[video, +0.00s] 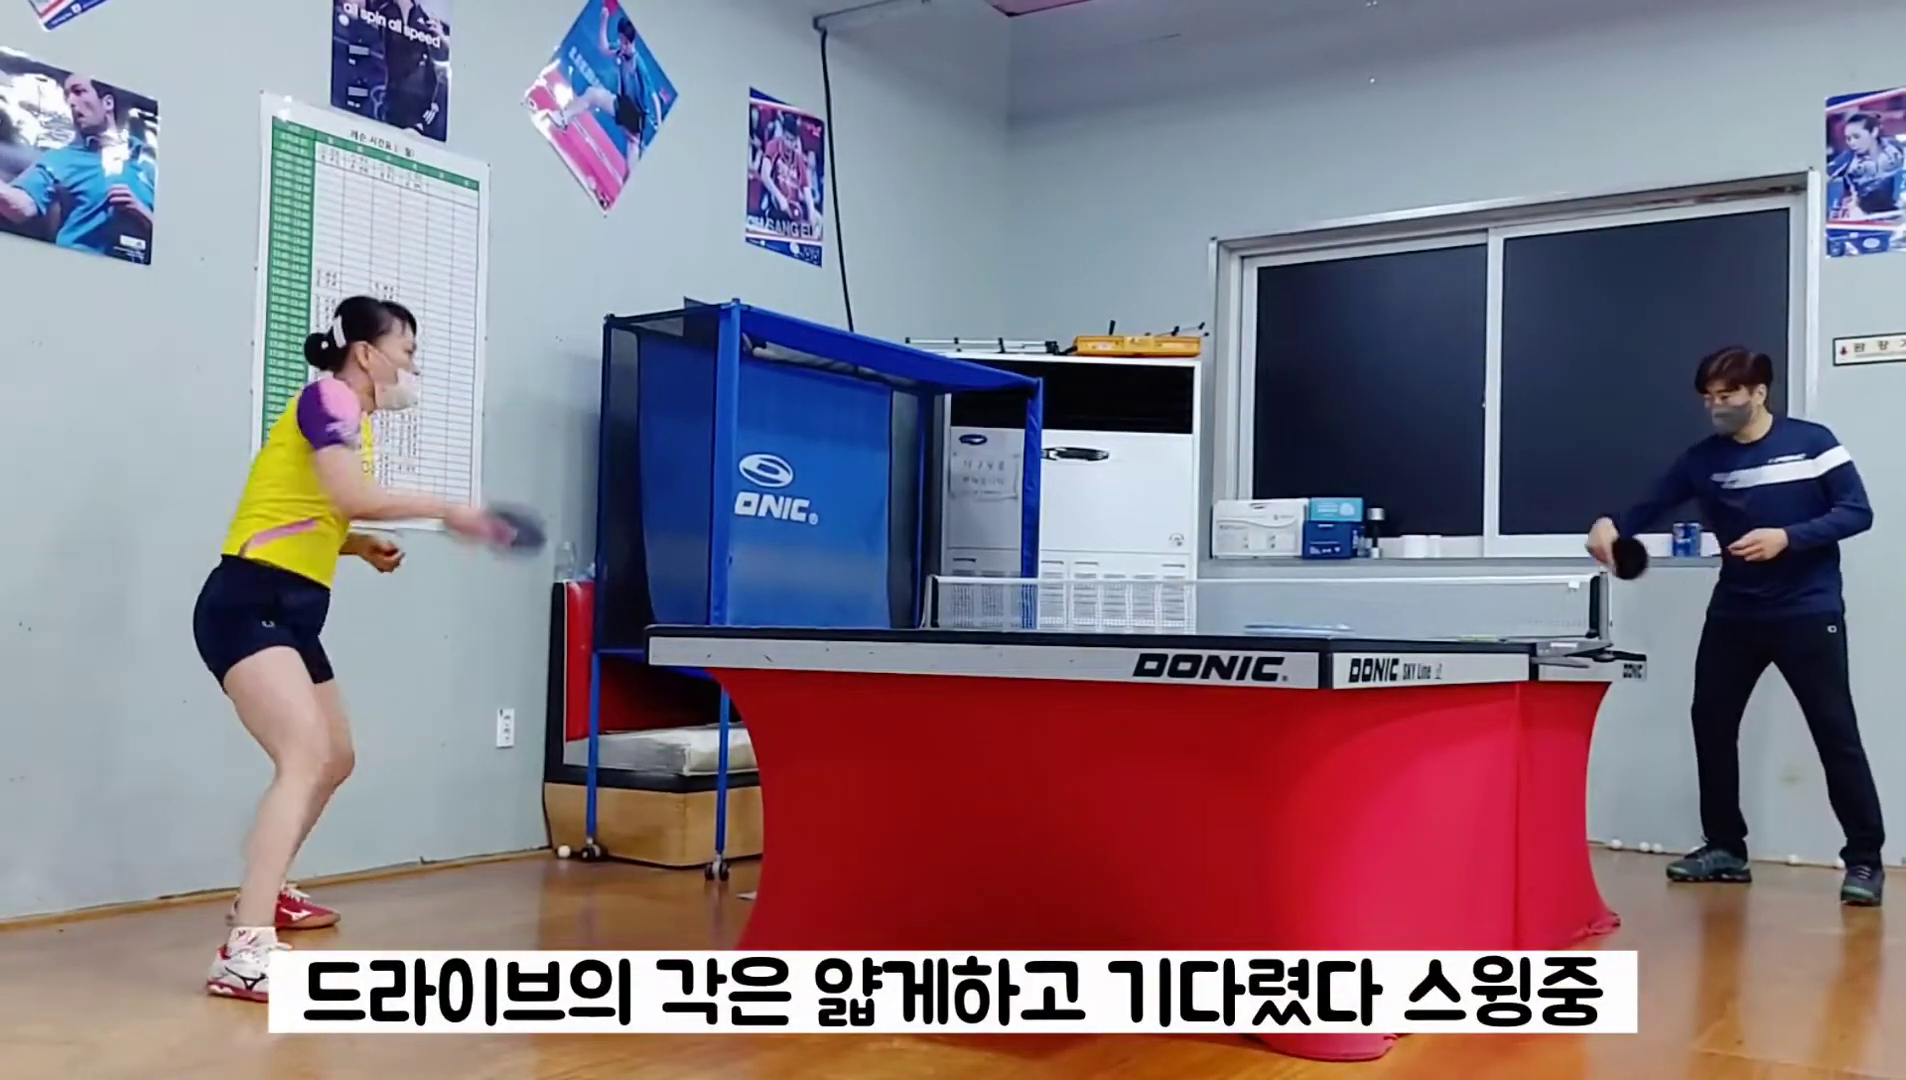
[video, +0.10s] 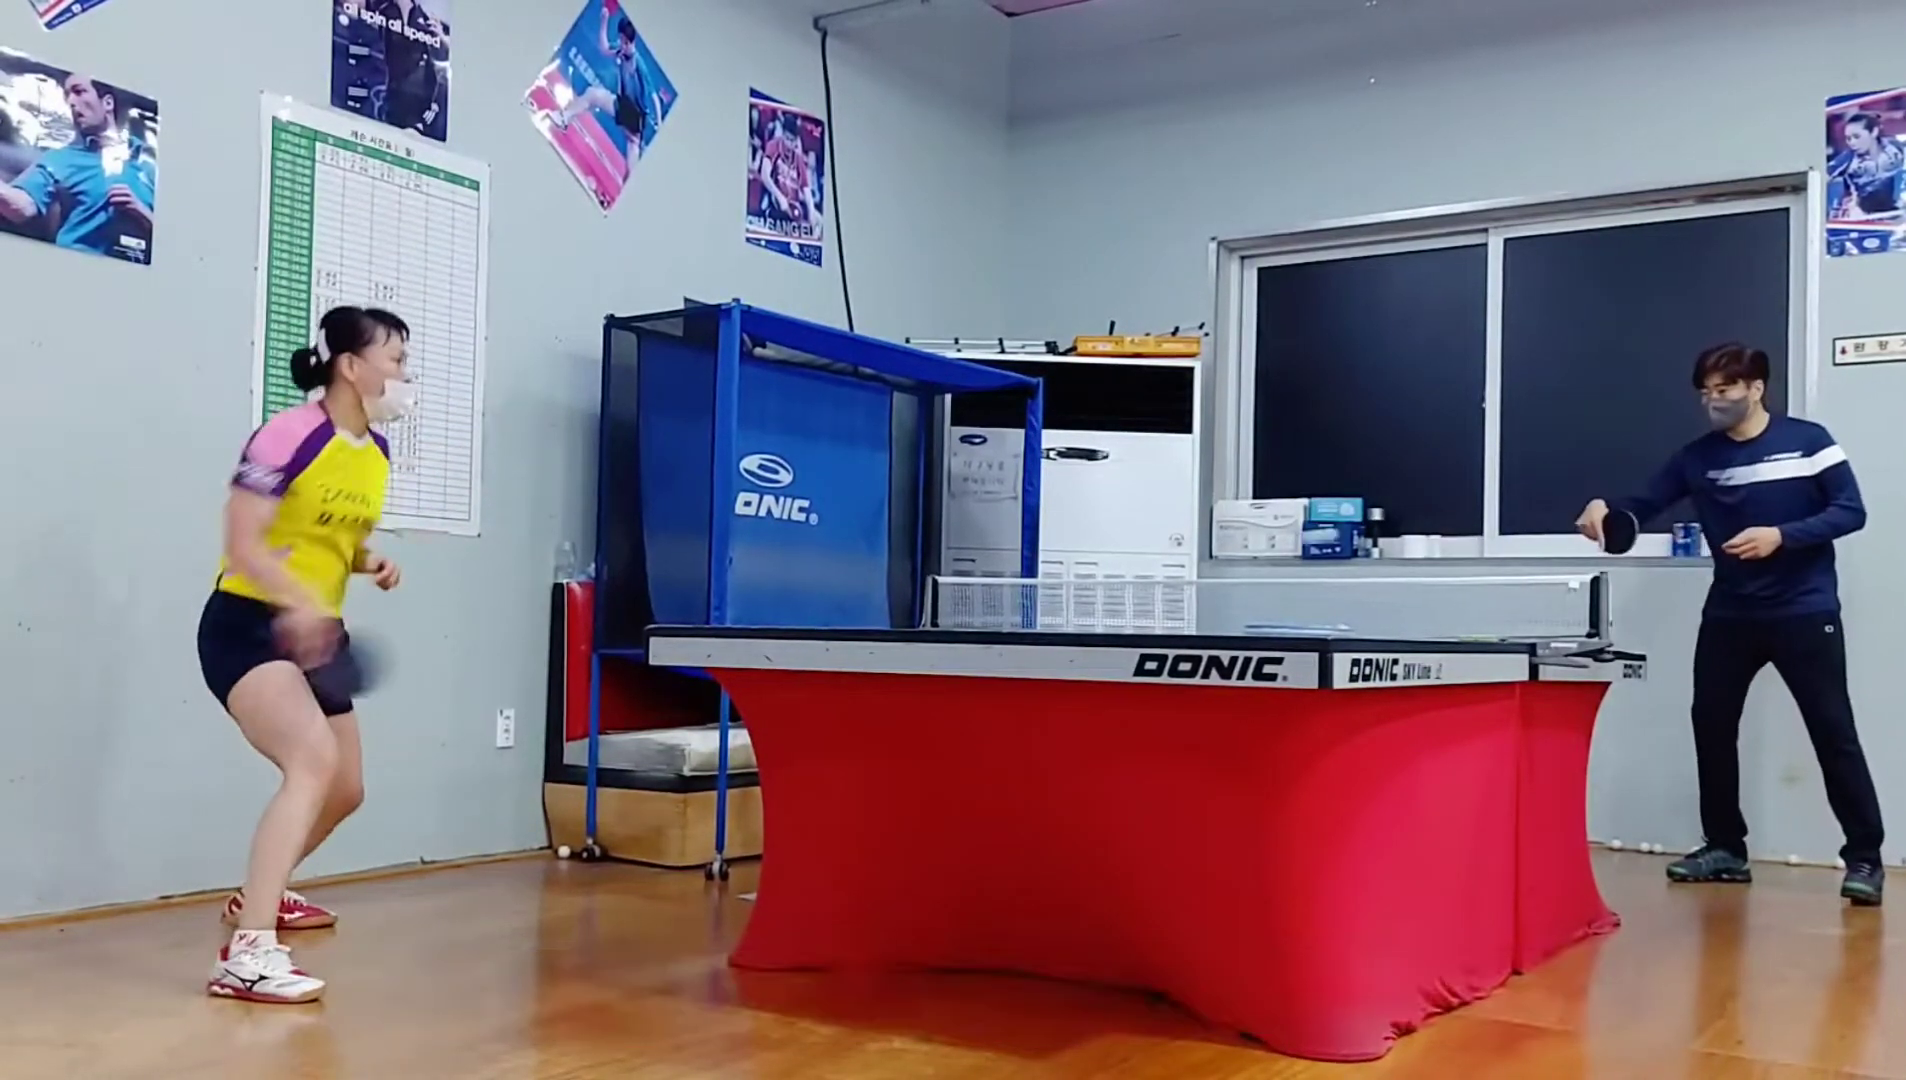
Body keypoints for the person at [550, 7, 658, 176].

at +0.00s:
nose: (622, 43)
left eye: (624, 40)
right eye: (621, 39)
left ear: (629, 41)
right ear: (620, 38)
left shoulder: (632, 56)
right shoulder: (622, 53)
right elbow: (604, 49)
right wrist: (603, 22)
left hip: (628, 108)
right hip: (636, 115)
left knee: (593, 94)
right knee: (632, 163)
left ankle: (562, 117)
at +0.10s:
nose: (621, 42)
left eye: (623, 39)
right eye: (621, 39)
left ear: (628, 41)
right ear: (621, 39)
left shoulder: (632, 56)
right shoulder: (622, 53)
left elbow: (631, 58)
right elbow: (604, 50)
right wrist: (604, 22)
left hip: (628, 108)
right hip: (637, 115)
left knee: (593, 94)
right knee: (632, 160)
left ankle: (563, 117)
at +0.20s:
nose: (621, 44)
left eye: (623, 41)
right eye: (621, 40)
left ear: (628, 42)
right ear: (621, 39)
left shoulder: (635, 60)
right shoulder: (622, 54)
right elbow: (604, 50)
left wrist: (659, 122)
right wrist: (604, 22)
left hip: (629, 109)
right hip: (636, 115)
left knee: (592, 94)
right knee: (632, 160)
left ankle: (563, 117)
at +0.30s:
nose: (621, 42)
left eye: (624, 40)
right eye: (621, 39)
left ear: (628, 41)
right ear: (620, 39)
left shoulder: (634, 58)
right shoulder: (622, 54)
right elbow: (604, 49)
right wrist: (604, 21)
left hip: (629, 108)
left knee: (593, 94)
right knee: (633, 145)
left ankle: (563, 118)